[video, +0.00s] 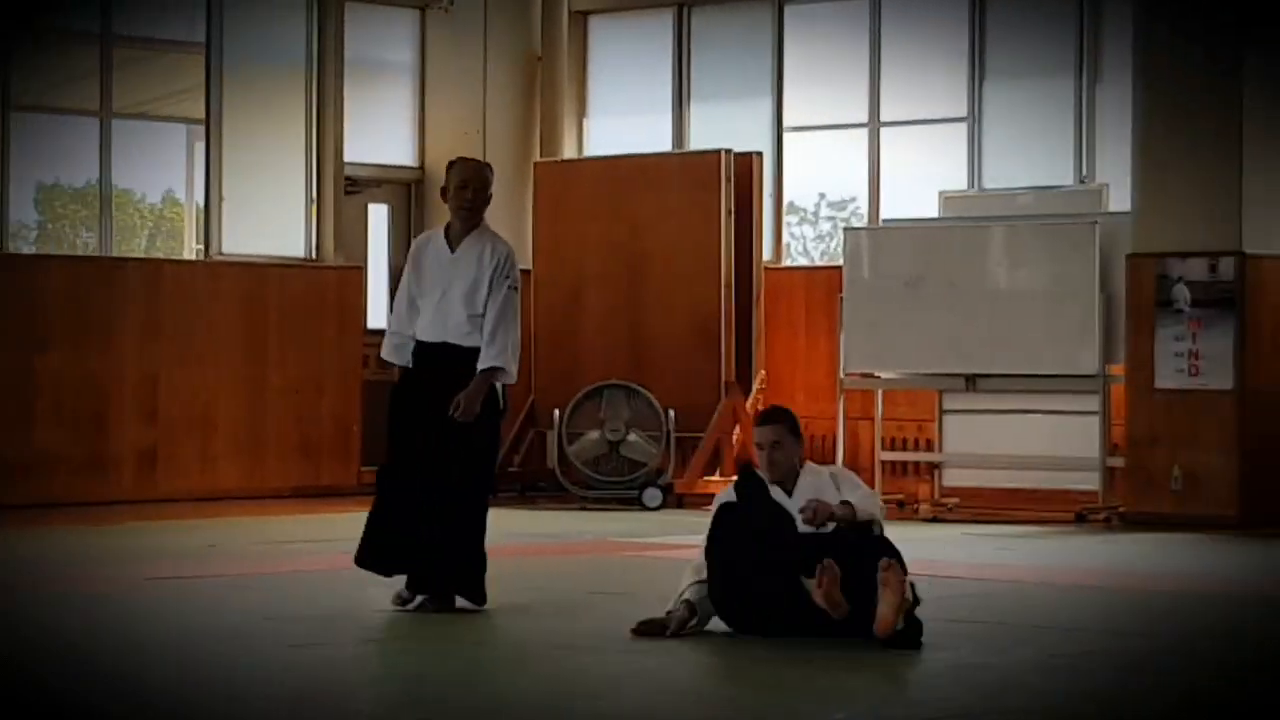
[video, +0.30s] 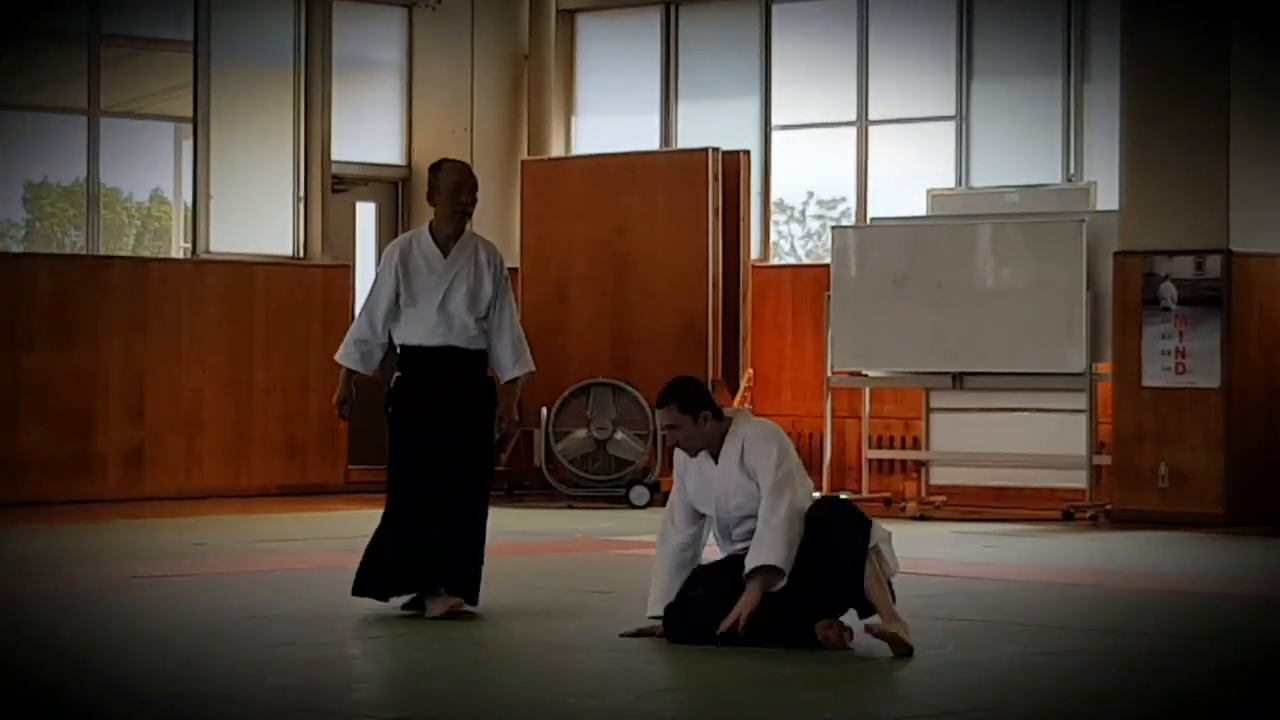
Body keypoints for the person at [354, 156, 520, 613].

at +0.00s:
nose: (470, 196)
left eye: (478, 189)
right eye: (462, 187)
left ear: (490, 195)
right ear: (445, 193)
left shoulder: (498, 253)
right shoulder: (423, 247)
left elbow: (501, 327)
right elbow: (405, 309)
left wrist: (480, 385)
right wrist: (397, 368)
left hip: (471, 372)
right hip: (424, 368)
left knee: (460, 479)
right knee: (418, 474)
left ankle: (450, 586)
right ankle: (419, 578)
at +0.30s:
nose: (469, 199)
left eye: (473, 191)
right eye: (458, 190)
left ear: (477, 196)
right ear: (432, 195)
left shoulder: (487, 256)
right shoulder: (402, 252)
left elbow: (504, 328)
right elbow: (373, 318)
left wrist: (510, 398)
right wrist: (347, 380)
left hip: (469, 374)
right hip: (416, 374)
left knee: (464, 482)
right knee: (418, 480)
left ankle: (452, 589)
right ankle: (425, 586)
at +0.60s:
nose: (470, 192)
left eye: (474, 184)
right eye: (459, 185)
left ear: (480, 188)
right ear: (434, 191)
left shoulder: (495, 246)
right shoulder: (414, 250)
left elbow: (520, 316)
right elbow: (396, 321)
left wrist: (532, 381)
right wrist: (388, 389)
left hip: (485, 372)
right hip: (435, 372)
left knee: (478, 480)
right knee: (433, 479)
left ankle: (453, 592)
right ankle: (434, 595)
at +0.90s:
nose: (487, 192)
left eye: (490, 184)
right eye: (476, 185)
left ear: (492, 188)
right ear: (449, 191)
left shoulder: (498, 245)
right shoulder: (429, 248)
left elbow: (515, 315)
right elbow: (426, 322)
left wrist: (527, 378)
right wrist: (451, 386)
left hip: (497, 371)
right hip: (448, 373)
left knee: (491, 481)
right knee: (447, 483)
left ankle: (476, 583)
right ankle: (443, 593)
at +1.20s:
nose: (505, 192)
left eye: (507, 183)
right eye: (494, 184)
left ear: (508, 189)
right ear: (465, 191)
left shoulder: (510, 251)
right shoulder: (446, 254)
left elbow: (526, 321)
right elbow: (451, 331)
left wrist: (533, 387)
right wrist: (479, 398)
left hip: (510, 377)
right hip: (467, 381)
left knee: (531, 481)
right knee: (464, 488)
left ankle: (551, 591)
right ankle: (455, 597)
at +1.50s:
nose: (524, 190)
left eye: (525, 182)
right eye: (513, 183)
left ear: (526, 189)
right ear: (484, 192)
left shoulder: (532, 252)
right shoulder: (468, 256)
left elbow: (551, 321)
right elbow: (466, 332)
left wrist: (559, 391)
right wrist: (483, 404)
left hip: (537, 378)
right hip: (496, 380)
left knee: (550, 488)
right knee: (497, 490)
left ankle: (553, 604)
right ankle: (489, 599)